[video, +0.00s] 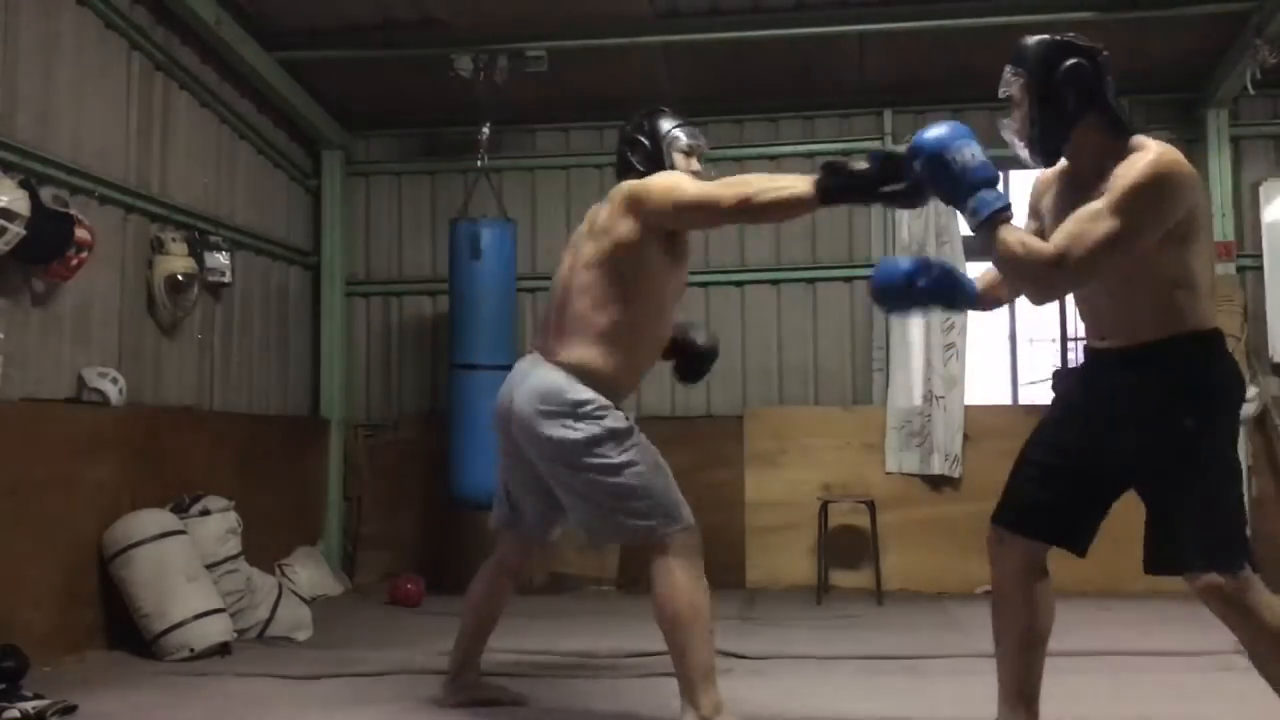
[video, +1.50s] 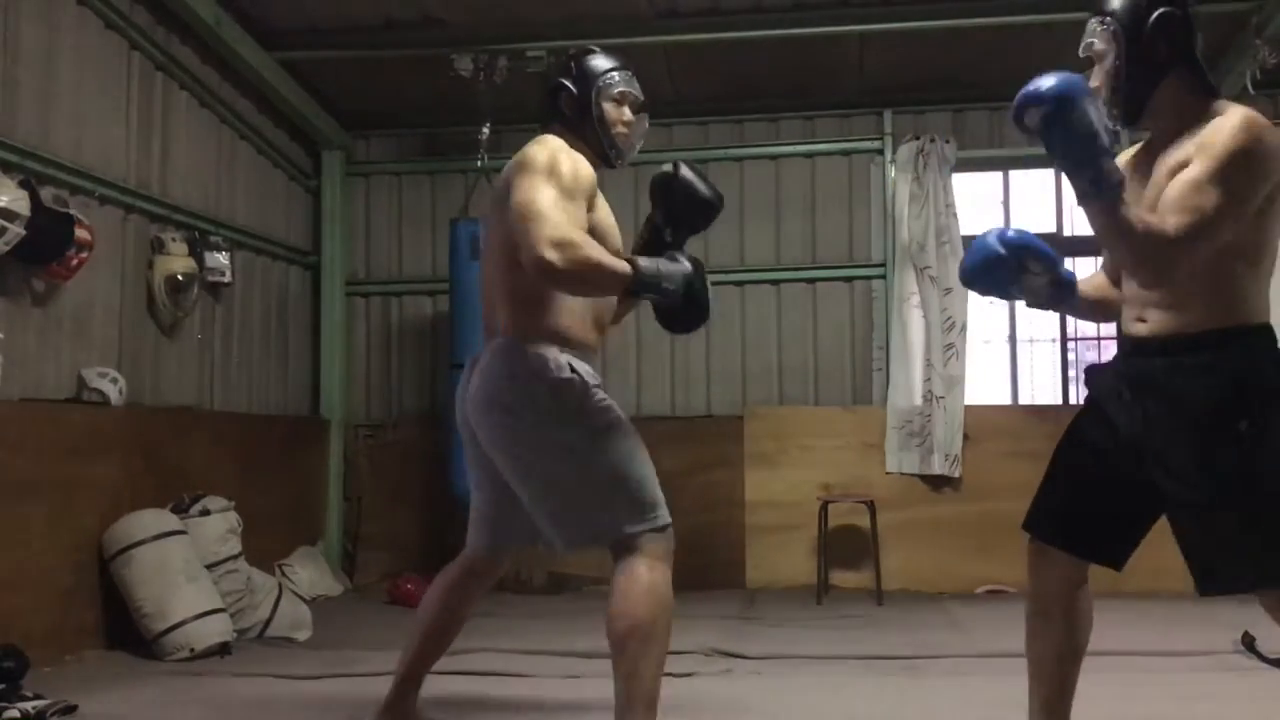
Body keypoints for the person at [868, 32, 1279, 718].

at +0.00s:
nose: (1006, 118)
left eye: (1015, 101)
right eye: (1006, 102)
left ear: (1065, 102)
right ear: (1070, 105)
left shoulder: (1159, 170)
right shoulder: (1050, 185)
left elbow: (1048, 274)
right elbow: (1024, 274)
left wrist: (980, 201)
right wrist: (963, 291)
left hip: (1188, 381)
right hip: (1101, 382)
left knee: (1216, 574)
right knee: (1013, 543)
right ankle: (1017, 713)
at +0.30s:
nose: (1034, 142)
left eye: (1044, 124)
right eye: (1033, 126)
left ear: (1097, 122)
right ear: (1086, 126)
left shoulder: (1197, 204)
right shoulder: (1059, 207)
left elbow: (1094, 310)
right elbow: (1007, 293)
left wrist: (1027, 245)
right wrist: (933, 301)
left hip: (1185, 410)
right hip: (1090, 409)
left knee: (1226, 588)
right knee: (982, 552)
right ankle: (1009, 714)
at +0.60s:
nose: (1078, 94)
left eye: (1089, 75)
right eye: (1077, 77)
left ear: (1150, 77)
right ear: (1147, 81)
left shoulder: (1241, 168)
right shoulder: (1117, 172)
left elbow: (1133, 284)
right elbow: (1127, 295)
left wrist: (1063, 217)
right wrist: (1084, 359)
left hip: (1230, 398)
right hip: (1135, 395)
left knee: (1266, 601)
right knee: (1034, 553)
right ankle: (1017, 713)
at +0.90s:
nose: (1125, 102)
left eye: (1139, 85)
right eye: (1126, 86)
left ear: (1204, 93)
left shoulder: (1269, 189)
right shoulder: (1138, 178)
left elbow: (1191, 293)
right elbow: (1026, 240)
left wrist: (1118, 228)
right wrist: (988, 179)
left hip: (1255, 407)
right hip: (1162, 407)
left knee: (1269, 599)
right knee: (1031, 558)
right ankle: (1023, 715)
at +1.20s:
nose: (1121, 81)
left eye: (1131, 63)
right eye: (1118, 66)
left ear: (1189, 57)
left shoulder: (1273, 144)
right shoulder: (1151, 161)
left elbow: (1225, 253)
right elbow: (1142, 281)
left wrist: (1148, 166)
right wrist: (1082, 312)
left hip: (1257, 387)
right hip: (1163, 389)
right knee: (1070, 553)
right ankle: (1050, 715)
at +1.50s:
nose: (1090, 79)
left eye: (1099, 60)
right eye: (1089, 63)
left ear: (1155, 52)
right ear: (1145, 57)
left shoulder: (1242, 134)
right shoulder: (1130, 164)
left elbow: (1156, 260)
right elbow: (1120, 296)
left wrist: (1085, 157)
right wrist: (1055, 288)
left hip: (1226, 388)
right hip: (1133, 387)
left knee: (1274, 589)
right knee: (1054, 550)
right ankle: (1047, 716)